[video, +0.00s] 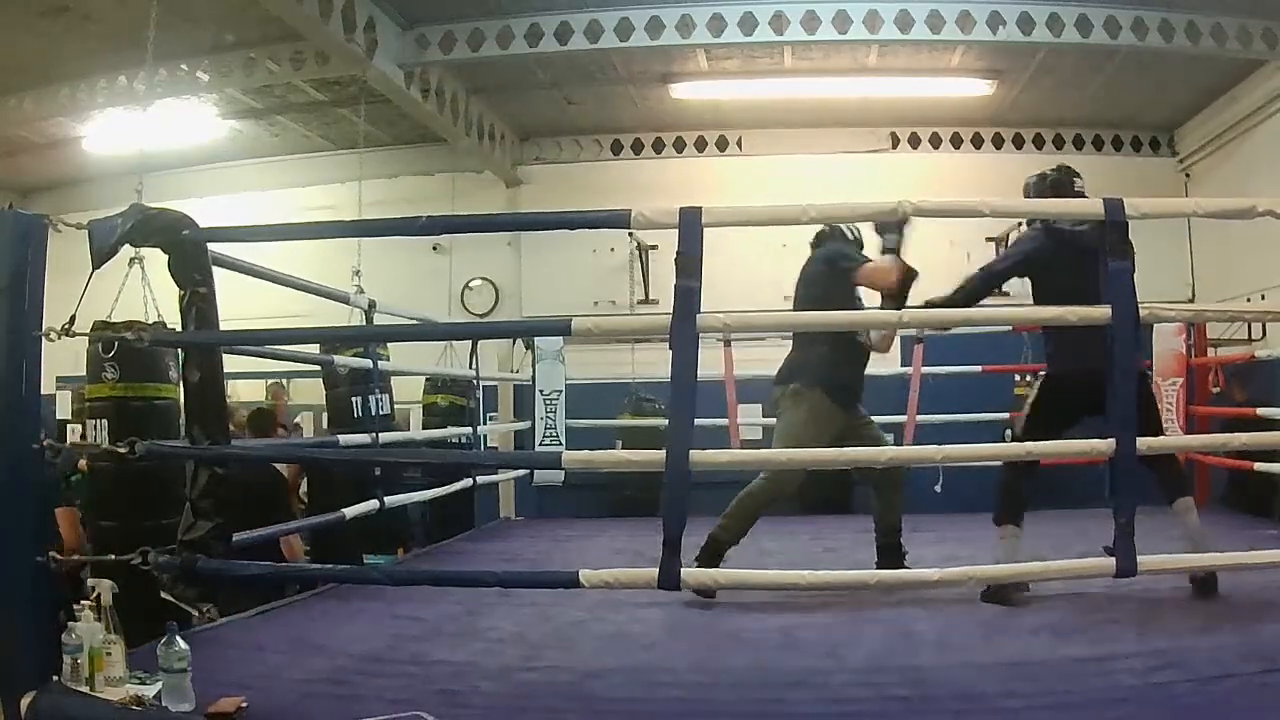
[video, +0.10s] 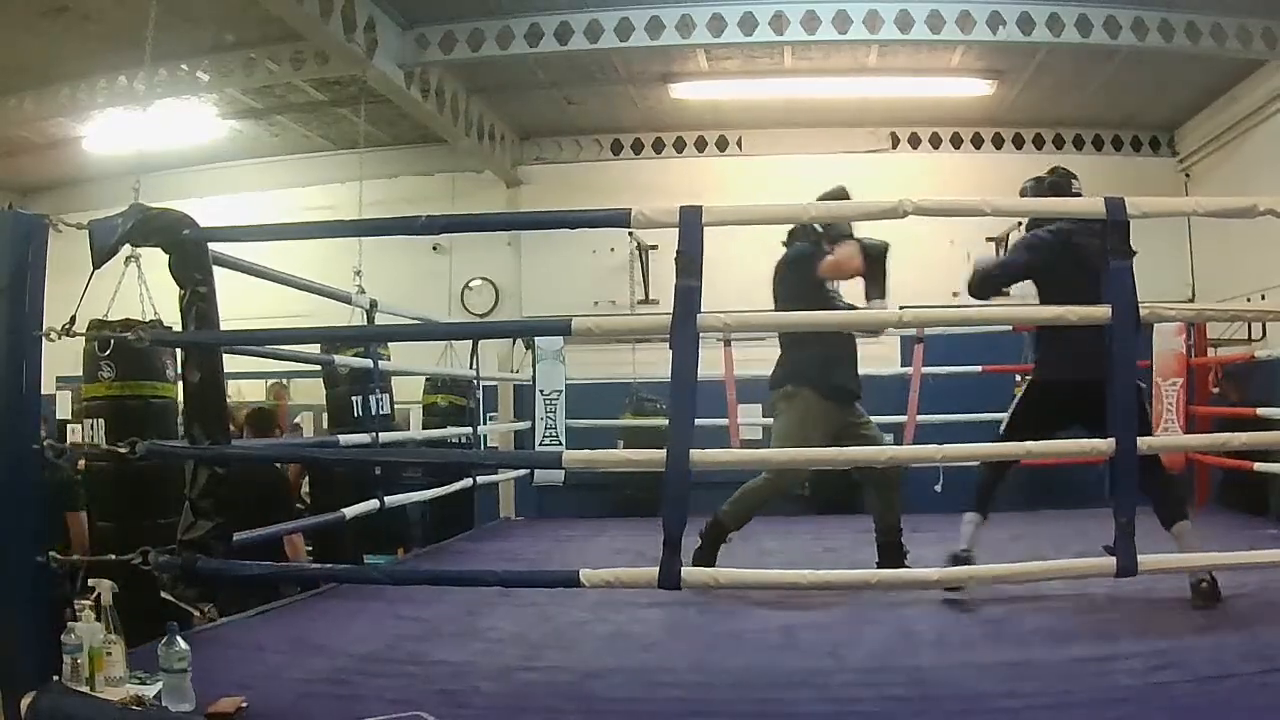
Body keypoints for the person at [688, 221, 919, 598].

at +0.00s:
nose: (861, 255)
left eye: (856, 250)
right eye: (855, 247)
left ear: (826, 244)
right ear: (844, 243)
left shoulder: (843, 297)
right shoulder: (829, 257)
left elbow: (881, 341)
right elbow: (892, 277)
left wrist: (894, 293)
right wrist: (891, 244)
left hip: (841, 406)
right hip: (809, 396)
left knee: (888, 467)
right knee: (780, 478)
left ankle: (891, 562)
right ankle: (706, 562)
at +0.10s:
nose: (847, 234)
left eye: (848, 228)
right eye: (843, 227)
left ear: (816, 224)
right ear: (825, 227)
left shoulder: (819, 275)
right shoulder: (796, 262)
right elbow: (850, 264)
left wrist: (868, 263)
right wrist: (840, 235)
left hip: (840, 402)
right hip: (803, 396)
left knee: (885, 468)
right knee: (782, 477)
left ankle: (891, 559)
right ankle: (712, 538)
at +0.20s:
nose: (816, 234)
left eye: (815, 228)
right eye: (811, 227)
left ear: (783, 226)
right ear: (791, 225)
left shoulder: (793, 265)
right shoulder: (766, 253)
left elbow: (831, 316)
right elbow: (809, 269)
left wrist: (838, 277)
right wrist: (825, 251)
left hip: (820, 387)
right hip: (780, 385)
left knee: (859, 467)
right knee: (767, 471)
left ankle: (890, 551)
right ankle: (710, 535)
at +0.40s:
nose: (773, 236)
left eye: (772, 229)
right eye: (765, 227)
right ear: (743, 229)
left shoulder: (763, 275)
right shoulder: (716, 268)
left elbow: (788, 333)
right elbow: (764, 292)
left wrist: (808, 294)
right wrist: (771, 252)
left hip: (771, 385)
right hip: (727, 389)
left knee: (819, 461)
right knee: (728, 470)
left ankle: (850, 548)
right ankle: (701, 557)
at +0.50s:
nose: (753, 223)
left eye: (758, 217)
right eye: (745, 217)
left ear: (761, 217)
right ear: (725, 216)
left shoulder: (767, 253)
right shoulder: (702, 253)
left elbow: (799, 298)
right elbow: (741, 286)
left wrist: (810, 257)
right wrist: (748, 234)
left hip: (765, 372)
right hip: (716, 375)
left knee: (798, 450)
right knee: (706, 461)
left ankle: (814, 541)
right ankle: (697, 547)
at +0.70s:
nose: (727, 240)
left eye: (732, 232)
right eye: (717, 232)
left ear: (741, 234)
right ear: (702, 235)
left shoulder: (754, 270)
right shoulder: (689, 274)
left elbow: (800, 303)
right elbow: (711, 314)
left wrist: (799, 265)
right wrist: (715, 263)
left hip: (752, 393)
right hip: (701, 396)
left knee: (772, 470)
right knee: (677, 468)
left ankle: (780, 553)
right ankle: (660, 520)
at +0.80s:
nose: (711, 256)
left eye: (717, 249)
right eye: (703, 250)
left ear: (727, 251)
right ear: (691, 253)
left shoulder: (743, 287)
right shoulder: (679, 291)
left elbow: (777, 327)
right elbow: (671, 302)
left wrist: (784, 292)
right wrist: (699, 281)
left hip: (740, 403)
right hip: (691, 406)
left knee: (766, 473)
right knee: (666, 468)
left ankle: (780, 552)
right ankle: (657, 524)